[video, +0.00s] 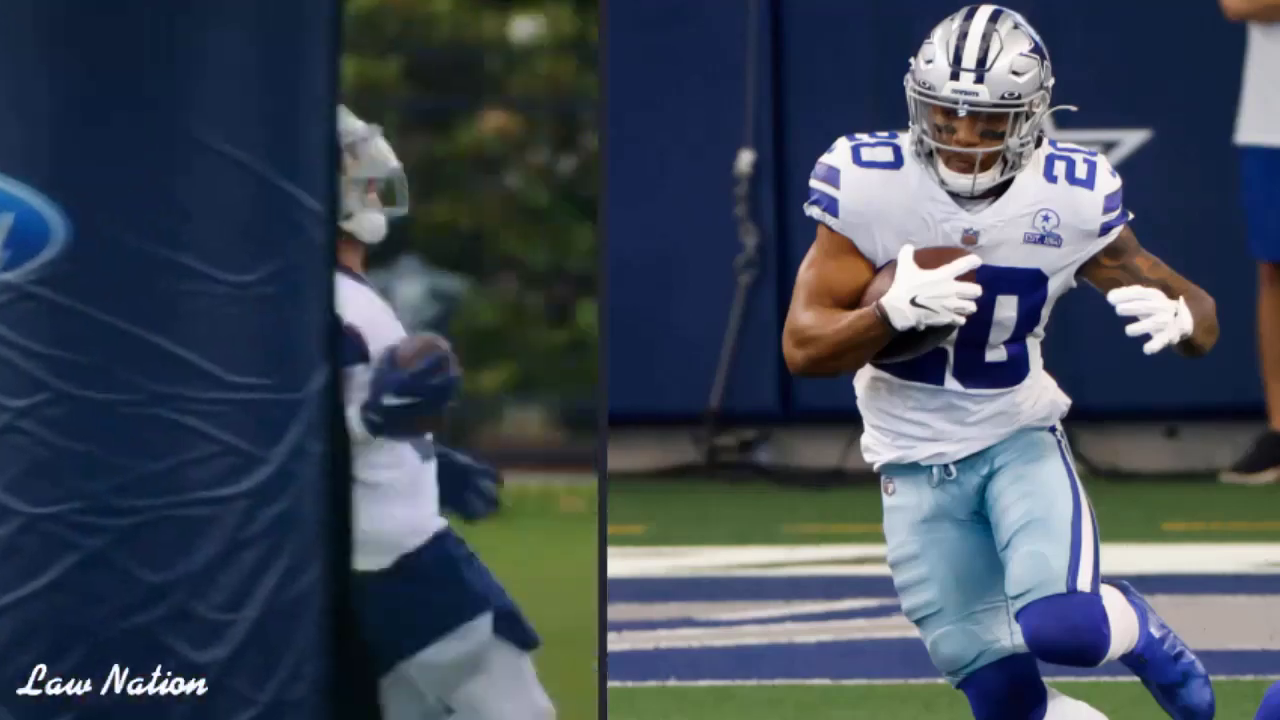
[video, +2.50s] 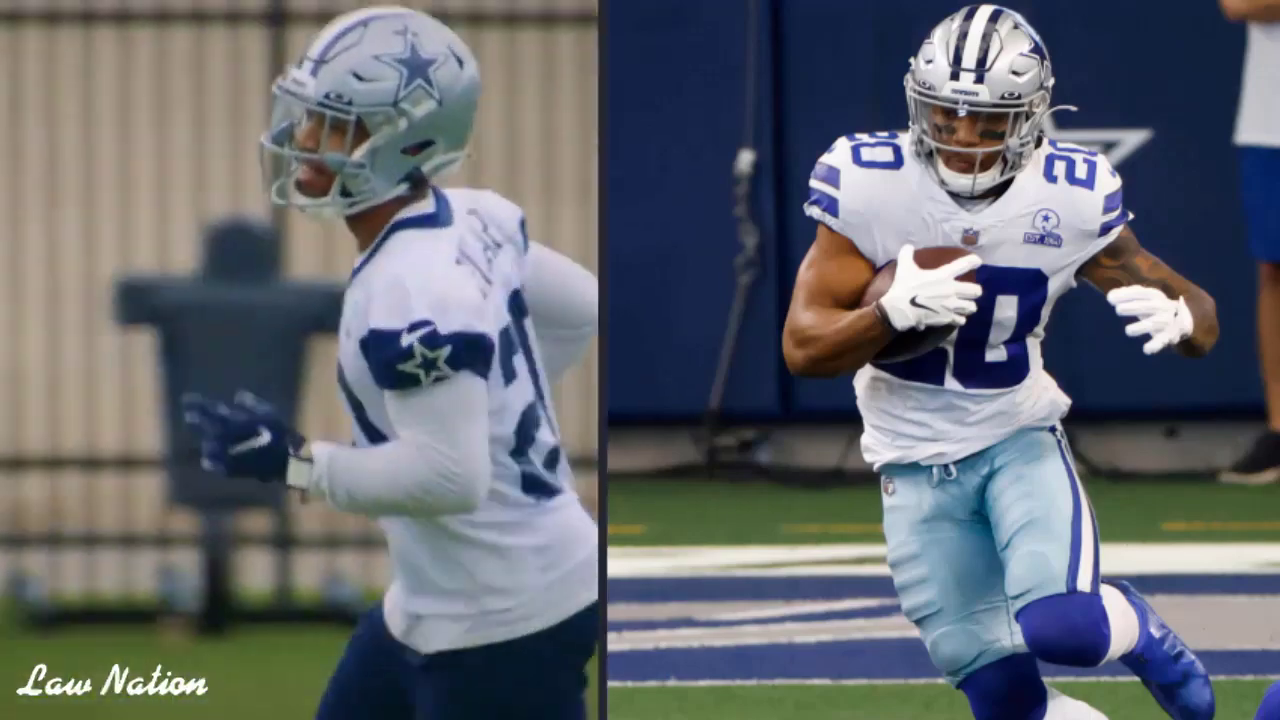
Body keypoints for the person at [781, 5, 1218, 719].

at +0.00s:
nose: (966, 137)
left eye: (988, 121)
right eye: (950, 116)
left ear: (1027, 119)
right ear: (922, 109)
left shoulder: (1070, 193)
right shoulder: (863, 179)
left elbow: (1196, 308)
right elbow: (801, 349)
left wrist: (1181, 319)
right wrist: (887, 313)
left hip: (1018, 437)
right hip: (911, 468)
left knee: (1054, 626)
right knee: (1001, 697)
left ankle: (1141, 632)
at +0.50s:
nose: (966, 138)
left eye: (988, 121)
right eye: (950, 117)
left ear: (1028, 119)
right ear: (922, 110)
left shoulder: (1071, 194)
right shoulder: (863, 179)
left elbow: (1197, 309)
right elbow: (801, 349)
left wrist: (1181, 319)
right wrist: (887, 313)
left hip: (1018, 437)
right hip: (911, 468)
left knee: (1054, 626)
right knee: (1001, 696)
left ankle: (1142, 633)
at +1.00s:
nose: (966, 138)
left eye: (988, 121)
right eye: (950, 117)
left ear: (1028, 119)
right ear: (922, 110)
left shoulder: (1071, 194)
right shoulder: (863, 179)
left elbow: (1197, 309)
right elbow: (801, 349)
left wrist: (1181, 319)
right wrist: (887, 313)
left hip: (1018, 437)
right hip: (911, 467)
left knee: (1054, 626)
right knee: (1001, 696)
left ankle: (1142, 633)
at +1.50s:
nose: (966, 138)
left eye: (988, 121)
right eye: (950, 117)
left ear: (1028, 119)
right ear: (922, 110)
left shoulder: (1071, 194)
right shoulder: (863, 179)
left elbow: (1197, 309)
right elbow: (801, 349)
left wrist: (1181, 319)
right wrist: (887, 313)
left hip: (1018, 437)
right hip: (911, 467)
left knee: (1054, 626)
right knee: (1001, 696)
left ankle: (1142, 633)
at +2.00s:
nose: (965, 137)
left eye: (988, 121)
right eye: (950, 117)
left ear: (1028, 119)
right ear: (922, 110)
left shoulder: (1070, 193)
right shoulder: (863, 179)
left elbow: (1197, 309)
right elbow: (801, 349)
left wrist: (1181, 319)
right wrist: (887, 313)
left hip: (1018, 438)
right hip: (911, 468)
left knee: (1054, 626)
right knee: (1001, 696)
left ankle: (1143, 634)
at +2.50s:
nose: (966, 138)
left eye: (988, 121)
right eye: (950, 117)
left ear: (1028, 119)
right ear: (922, 110)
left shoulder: (1071, 194)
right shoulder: (863, 179)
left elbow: (1197, 309)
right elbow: (801, 349)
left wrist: (1181, 319)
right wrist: (887, 313)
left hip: (1018, 437)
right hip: (911, 467)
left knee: (1054, 626)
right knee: (1001, 696)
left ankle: (1142, 633)